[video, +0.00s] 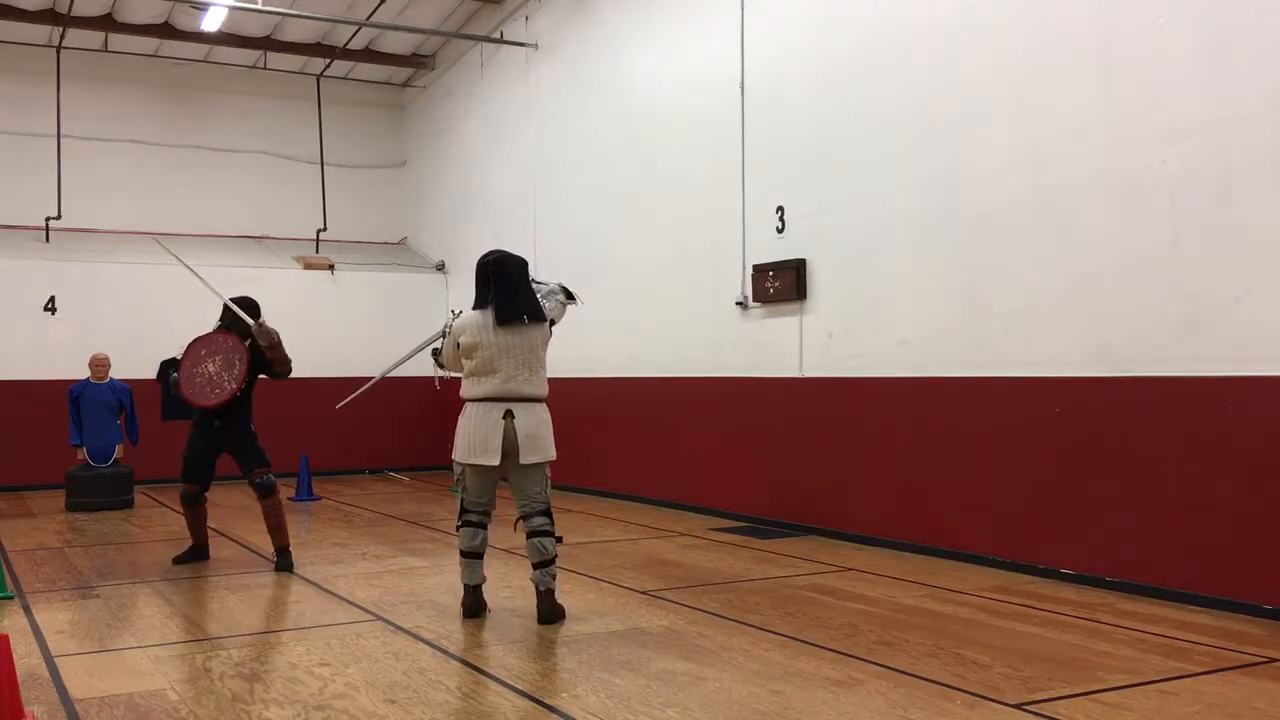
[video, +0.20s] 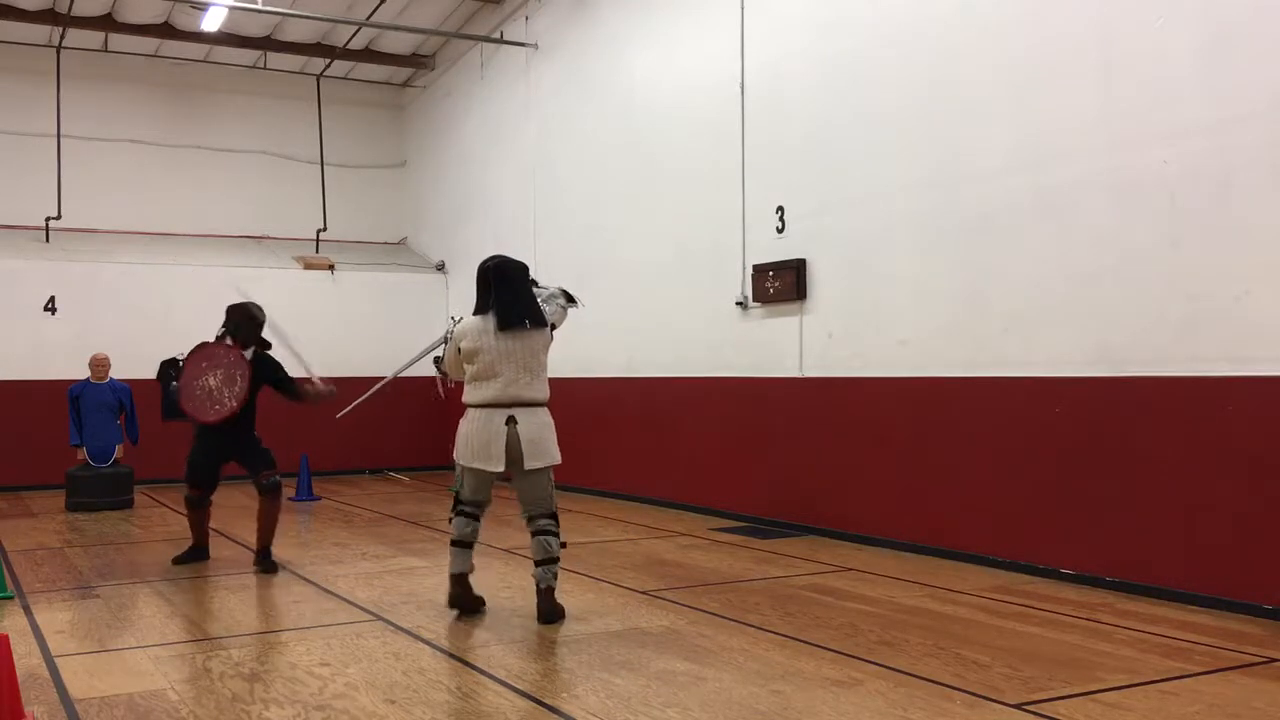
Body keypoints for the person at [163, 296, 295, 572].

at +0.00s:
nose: (230, 332)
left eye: (238, 326)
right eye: (229, 324)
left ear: (249, 328)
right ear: (224, 321)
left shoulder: (252, 352)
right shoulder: (205, 348)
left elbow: (282, 371)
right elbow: (182, 378)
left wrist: (273, 345)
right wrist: (178, 374)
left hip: (239, 428)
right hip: (204, 428)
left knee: (265, 484)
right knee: (190, 493)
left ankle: (282, 551)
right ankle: (199, 547)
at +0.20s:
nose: (246, 337)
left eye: (253, 330)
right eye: (243, 329)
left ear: (256, 333)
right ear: (230, 328)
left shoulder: (262, 362)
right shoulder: (209, 356)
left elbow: (290, 389)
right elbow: (188, 388)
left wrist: (313, 391)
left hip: (244, 438)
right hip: (208, 438)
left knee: (271, 485)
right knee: (195, 494)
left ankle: (263, 553)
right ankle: (199, 547)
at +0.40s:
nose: (273, 339)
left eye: (277, 333)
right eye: (269, 332)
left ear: (281, 334)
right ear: (255, 330)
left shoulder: (282, 370)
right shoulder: (226, 358)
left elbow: (299, 411)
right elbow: (204, 392)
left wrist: (322, 436)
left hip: (265, 443)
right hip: (227, 442)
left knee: (285, 504)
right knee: (199, 508)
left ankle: (266, 550)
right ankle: (207, 530)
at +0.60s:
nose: (289, 325)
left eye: (294, 319)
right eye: (284, 318)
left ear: (298, 323)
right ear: (269, 319)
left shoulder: (299, 360)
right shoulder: (244, 354)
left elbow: (315, 398)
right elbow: (222, 390)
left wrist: (340, 385)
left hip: (280, 440)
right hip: (244, 438)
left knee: (286, 509)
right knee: (245, 498)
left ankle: (267, 551)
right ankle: (250, 563)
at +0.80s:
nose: (308, 314)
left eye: (313, 307)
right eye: (301, 306)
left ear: (317, 310)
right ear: (284, 309)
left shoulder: (321, 347)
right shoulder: (259, 345)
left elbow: (367, 351)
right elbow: (221, 378)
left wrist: (377, 317)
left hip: (301, 438)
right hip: (265, 438)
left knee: (315, 518)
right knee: (282, 506)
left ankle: (281, 533)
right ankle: (285, 581)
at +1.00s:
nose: (332, 312)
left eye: (335, 305)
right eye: (325, 305)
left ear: (338, 308)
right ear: (306, 308)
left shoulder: (341, 349)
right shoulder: (274, 346)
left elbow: (397, 346)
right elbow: (244, 392)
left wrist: (439, 324)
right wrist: (275, 396)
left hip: (316, 439)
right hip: (276, 442)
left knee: (358, 508)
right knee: (275, 523)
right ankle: (289, 567)